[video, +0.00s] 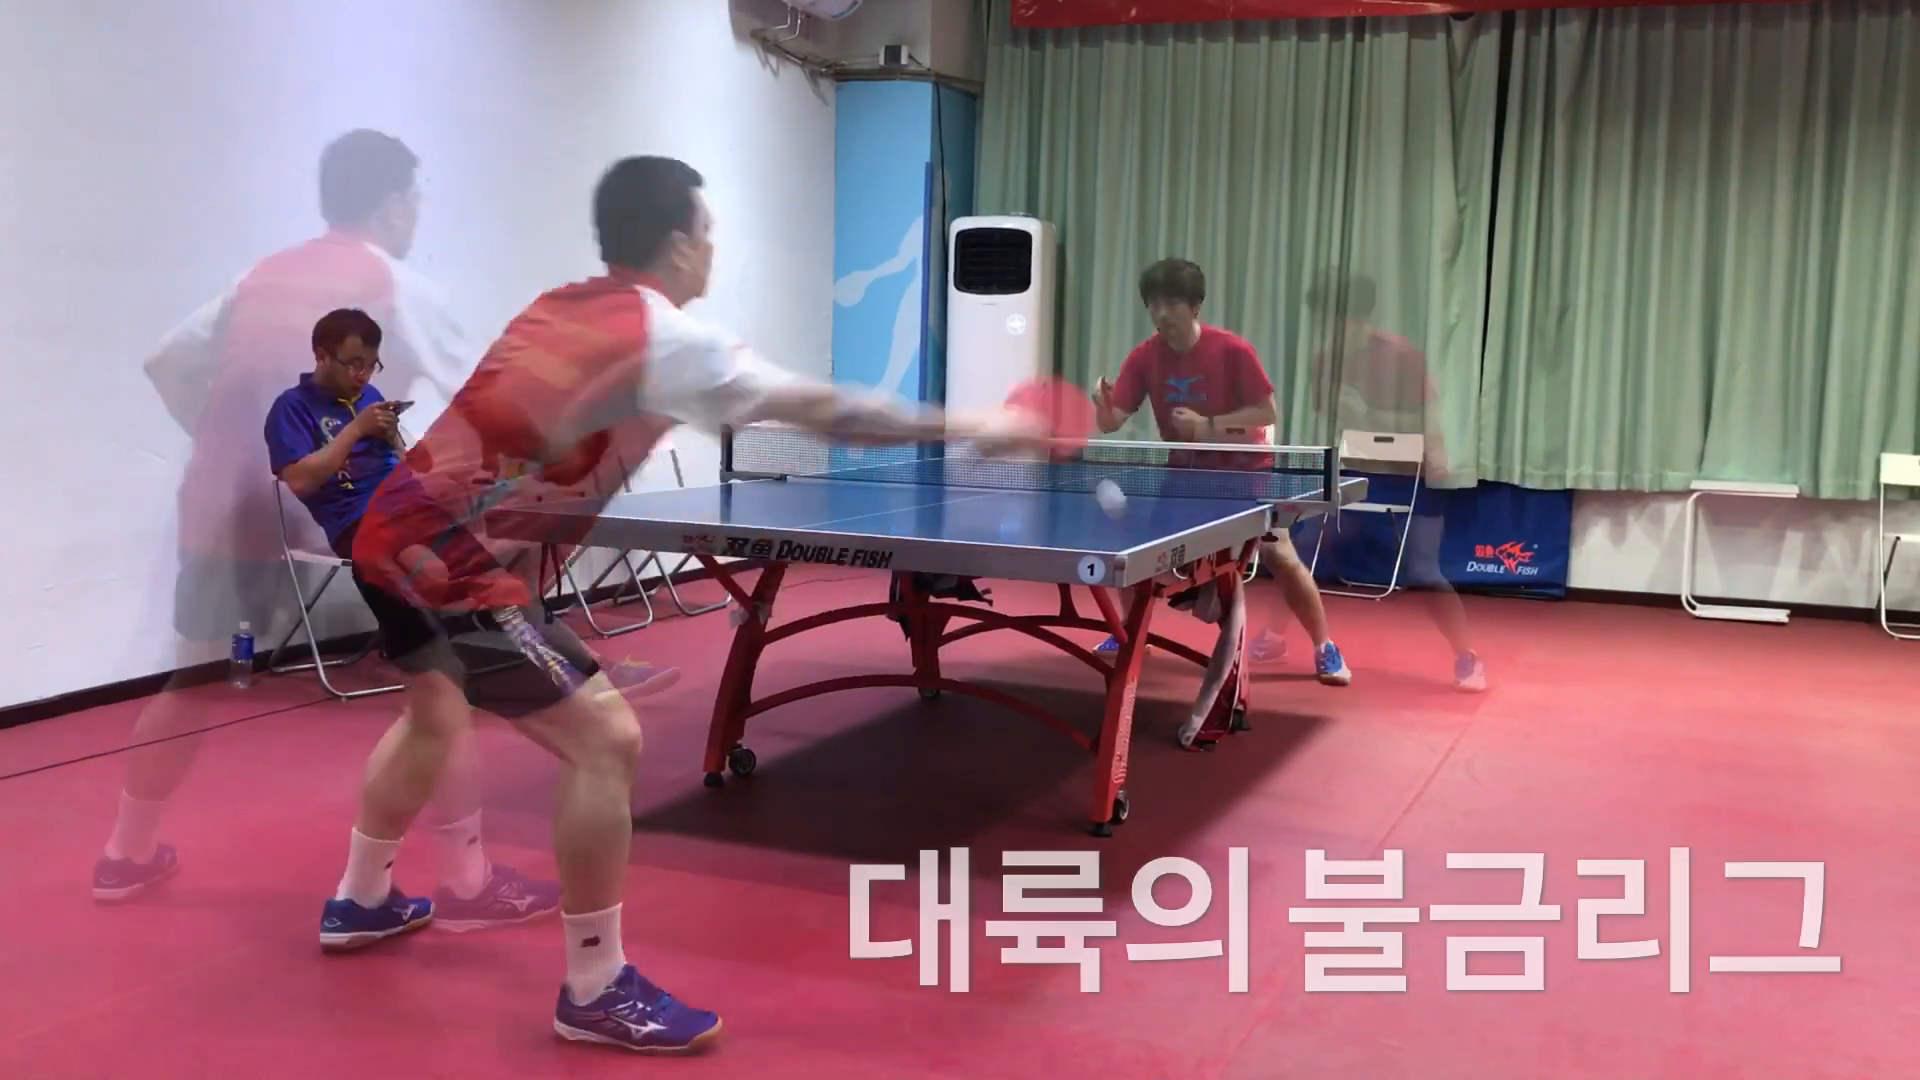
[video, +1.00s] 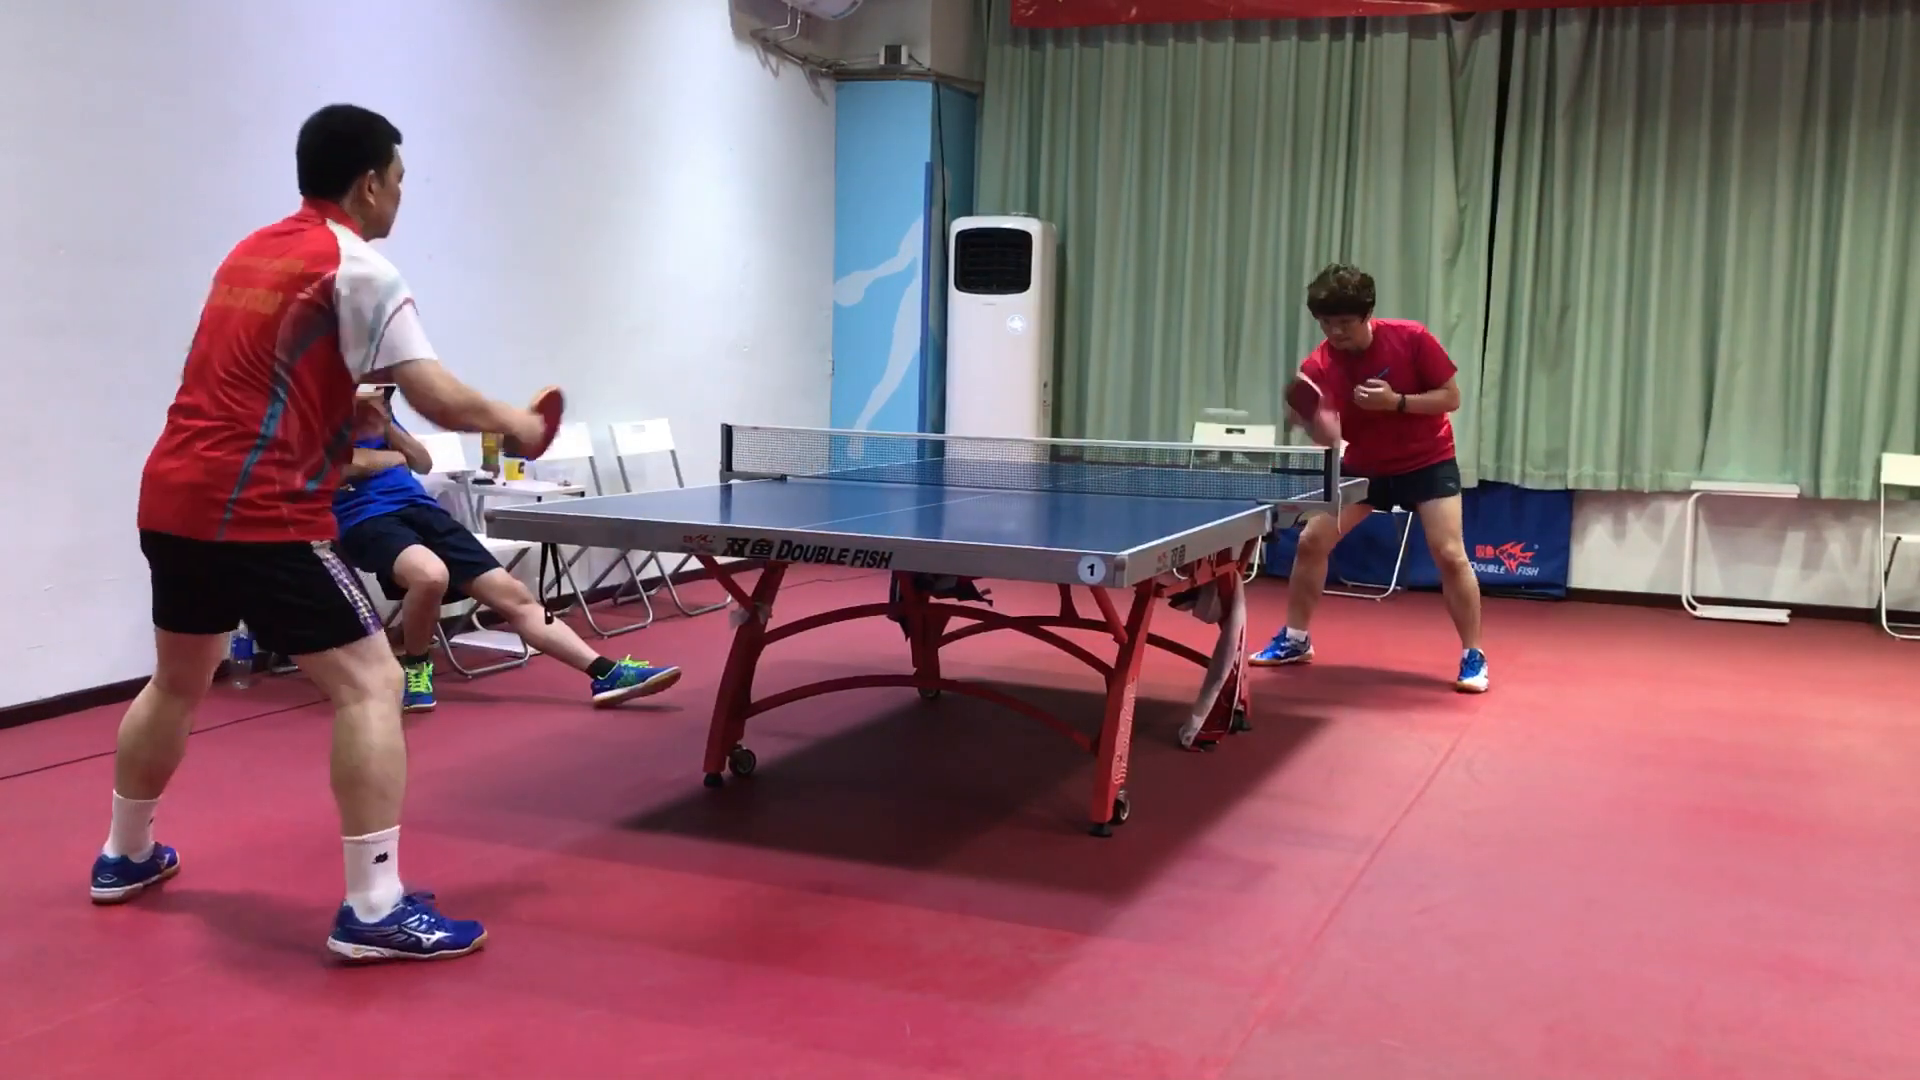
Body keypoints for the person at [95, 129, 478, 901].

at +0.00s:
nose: (419, 211)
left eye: (416, 196)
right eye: (413, 196)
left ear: (330, 199)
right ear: (390, 203)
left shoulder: (264, 276)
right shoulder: (395, 287)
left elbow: (168, 362)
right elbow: (472, 391)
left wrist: (230, 444)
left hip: (220, 505)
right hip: (337, 512)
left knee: (197, 672)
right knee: (437, 673)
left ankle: (127, 854)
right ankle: (466, 874)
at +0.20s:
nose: (391, 196)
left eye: (390, 180)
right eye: (387, 181)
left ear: (302, 186)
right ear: (359, 185)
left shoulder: (238, 252)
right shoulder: (357, 264)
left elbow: (172, 366)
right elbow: (388, 397)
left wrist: (268, 417)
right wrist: (455, 455)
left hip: (175, 503)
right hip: (274, 508)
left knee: (175, 681)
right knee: (374, 675)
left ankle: (124, 854)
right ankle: (409, 887)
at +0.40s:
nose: (414, 262)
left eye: (415, 247)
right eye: (412, 246)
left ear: (327, 241)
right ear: (387, 248)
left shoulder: (258, 302)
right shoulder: (371, 333)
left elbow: (256, 443)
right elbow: (416, 462)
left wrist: (361, 461)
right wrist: (453, 493)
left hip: (155, 540)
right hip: (256, 553)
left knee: (197, 683)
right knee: (398, 694)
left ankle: (127, 855)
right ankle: (382, 908)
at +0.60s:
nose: (435, 260)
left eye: (435, 245)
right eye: (433, 245)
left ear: (346, 244)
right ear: (409, 251)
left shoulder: (275, 300)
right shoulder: (410, 342)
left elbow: (179, 389)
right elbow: (535, 429)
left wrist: (265, 442)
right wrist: (604, 411)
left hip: (166, 542)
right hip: (271, 563)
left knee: (191, 685)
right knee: (416, 694)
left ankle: (127, 853)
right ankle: (384, 908)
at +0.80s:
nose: (409, 208)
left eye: (408, 193)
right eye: (406, 193)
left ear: (318, 200)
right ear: (380, 200)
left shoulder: (250, 266)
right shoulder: (394, 284)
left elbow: (162, 357)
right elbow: (521, 365)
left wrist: (249, 420)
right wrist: (624, 362)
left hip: (182, 518)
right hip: (292, 534)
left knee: (177, 685)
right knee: (405, 691)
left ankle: (122, 854)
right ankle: (383, 908)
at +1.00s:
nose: (400, 196)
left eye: (400, 180)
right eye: (398, 179)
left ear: (312, 183)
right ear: (367, 183)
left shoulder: (251, 250)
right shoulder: (359, 267)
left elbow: (255, 388)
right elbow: (436, 397)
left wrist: (346, 414)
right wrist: (512, 421)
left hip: (172, 502)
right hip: (263, 513)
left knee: (175, 685)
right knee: (368, 685)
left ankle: (125, 854)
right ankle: (374, 908)